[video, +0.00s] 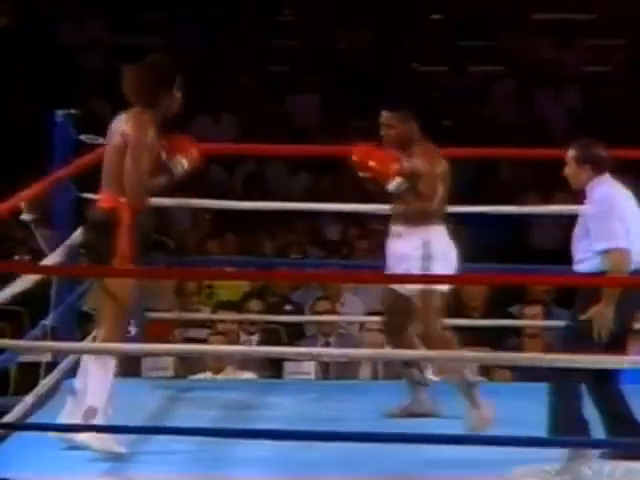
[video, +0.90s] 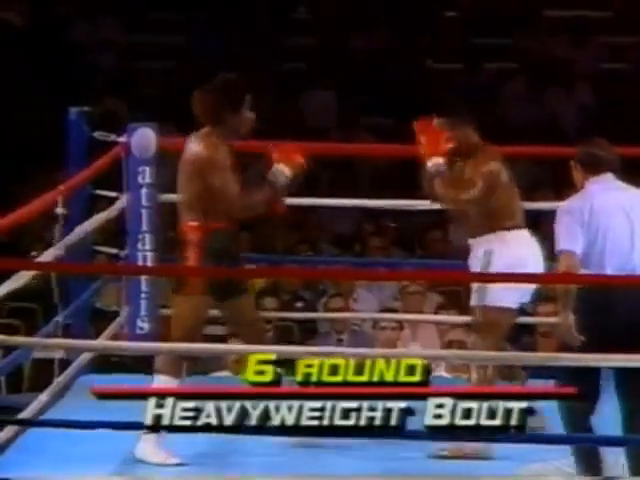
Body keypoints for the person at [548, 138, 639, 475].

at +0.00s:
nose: (565, 171)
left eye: (569, 164)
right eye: (566, 164)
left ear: (587, 167)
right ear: (591, 167)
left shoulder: (605, 195)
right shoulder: (604, 193)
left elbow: (618, 254)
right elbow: (615, 252)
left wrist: (608, 302)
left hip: (605, 293)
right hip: (607, 291)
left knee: (564, 360)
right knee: (598, 371)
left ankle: (576, 445)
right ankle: (627, 443)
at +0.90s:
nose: (573, 175)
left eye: (573, 170)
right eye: (573, 171)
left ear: (579, 170)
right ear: (612, 168)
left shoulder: (575, 206)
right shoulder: (636, 196)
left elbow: (569, 264)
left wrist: (563, 313)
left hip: (596, 299)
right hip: (636, 298)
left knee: (575, 388)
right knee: (634, 387)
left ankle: (590, 466)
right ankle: (636, 464)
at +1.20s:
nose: (533, 178)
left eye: (534, 172)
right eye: (533, 172)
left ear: (543, 172)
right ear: (574, 169)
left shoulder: (544, 205)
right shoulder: (603, 199)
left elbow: (543, 266)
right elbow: (631, 253)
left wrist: (533, 311)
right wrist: (632, 305)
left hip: (564, 295)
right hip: (601, 292)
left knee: (547, 381)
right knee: (600, 375)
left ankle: (558, 465)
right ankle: (630, 457)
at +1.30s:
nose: (512, 179)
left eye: (515, 172)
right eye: (512, 172)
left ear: (528, 171)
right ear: (557, 168)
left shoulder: (532, 203)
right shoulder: (586, 200)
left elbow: (534, 261)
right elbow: (614, 257)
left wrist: (519, 308)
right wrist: (610, 305)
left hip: (549, 291)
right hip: (584, 290)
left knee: (536, 380)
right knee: (583, 375)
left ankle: (553, 467)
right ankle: (621, 463)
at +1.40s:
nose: (491, 174)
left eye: (492, 166)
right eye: (491, 166)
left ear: (504, 166)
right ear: (530, 162)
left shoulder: (512, 194)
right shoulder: (561, 191)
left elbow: (512, 256)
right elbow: (583, 254)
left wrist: (495, 305)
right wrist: (579, 303)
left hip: (531, 285)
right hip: (563, 281)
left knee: (521, 376)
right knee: (549, 374)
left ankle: (543, 465)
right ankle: (571, 460)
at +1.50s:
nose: (470, 168)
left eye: (472, 161)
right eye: (470, 161)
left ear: (484, 161)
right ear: (514, 156)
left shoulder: (495, 193)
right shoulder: (544, 188)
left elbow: (491, 257)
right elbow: (566, 246)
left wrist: (481, 305)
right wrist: (560, 295)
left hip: (514, 283)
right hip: (547, 279)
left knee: (511, 375)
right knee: (522, 369)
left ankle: (535, 464)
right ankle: (523, 458)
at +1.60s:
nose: (452, 176)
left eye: (453, 167)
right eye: (452, 168)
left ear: (464, 165)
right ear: (491, 161)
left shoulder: (473, 198)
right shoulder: (520, 189)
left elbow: (469, 264)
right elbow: (543, 249)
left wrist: (446, 303)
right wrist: (531, 288)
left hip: (494, 292)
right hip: (524, 288)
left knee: (503, 383)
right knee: (479, 379)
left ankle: (533, 469)